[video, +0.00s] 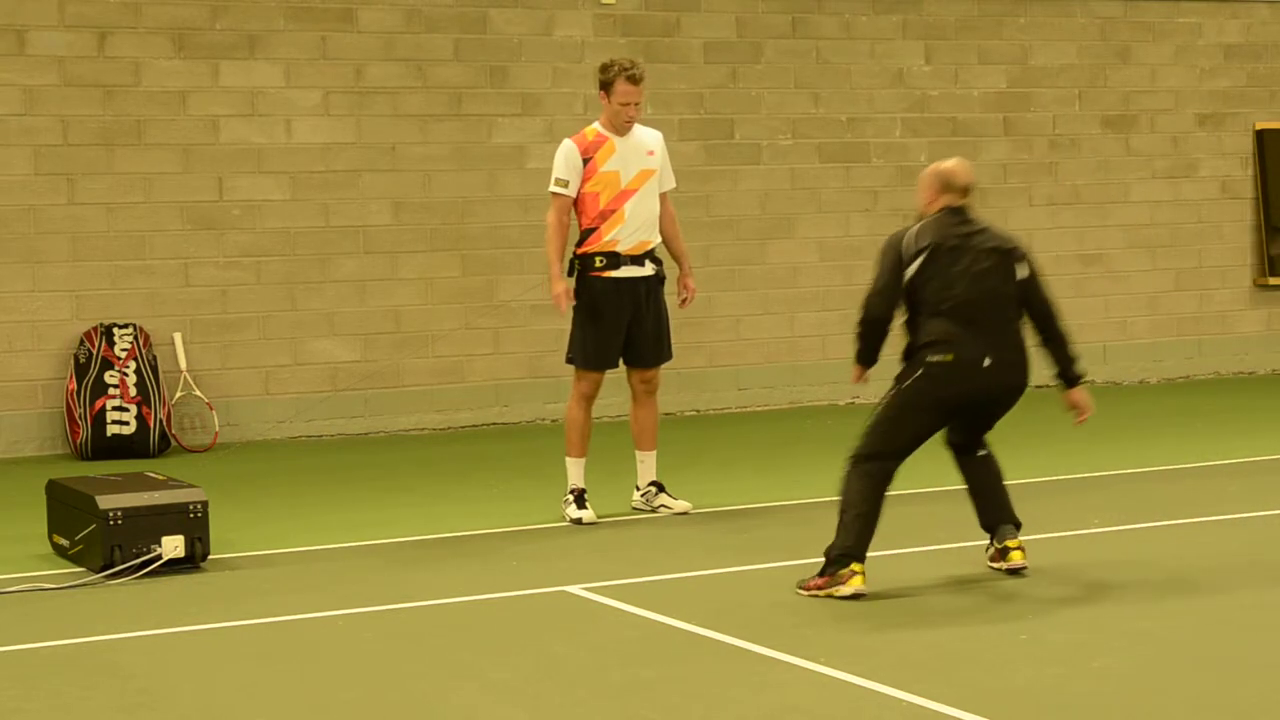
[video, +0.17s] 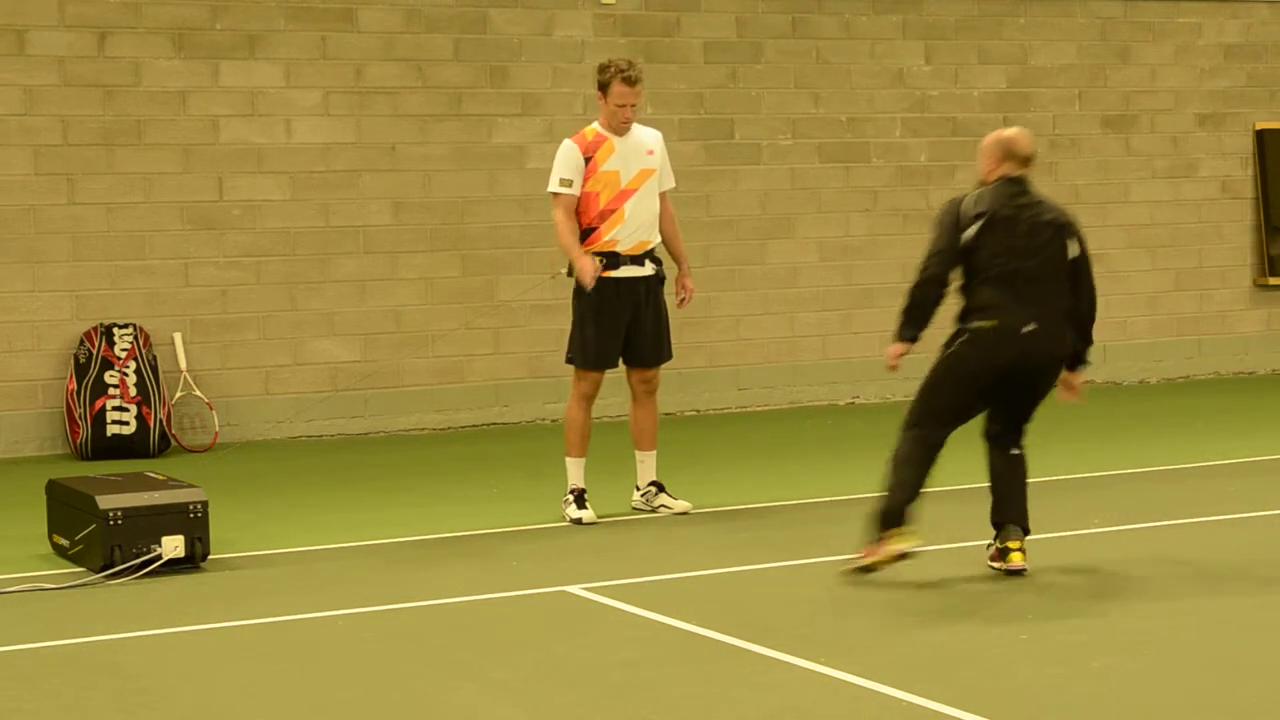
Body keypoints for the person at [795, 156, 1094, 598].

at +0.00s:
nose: (919, 199)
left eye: (922, 192)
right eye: (922, 190)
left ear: (934, 195)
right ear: (964, 196)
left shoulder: (907, 242)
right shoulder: (1005, 245)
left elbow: (878, 307)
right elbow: (1044, 316)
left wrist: (864, 357)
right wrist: (1071, 380)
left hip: (940, 371)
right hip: (1006, 375)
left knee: (871, 459)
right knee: (967, 436)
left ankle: (845, 564)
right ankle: (1007, 538)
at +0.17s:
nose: (979, 166)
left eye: (983, 159)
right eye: (983, 157)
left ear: (994, 163)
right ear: (1026, 165)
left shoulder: (967, 209)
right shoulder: (1059, 220)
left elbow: (935, 273)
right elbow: (1083, 296)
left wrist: (907, 332)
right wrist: (1075, 360)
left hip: (984, 342)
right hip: (1044, 351)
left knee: (924, 426)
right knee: (1006, 433)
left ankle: (891, 527)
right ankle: (1012, 539)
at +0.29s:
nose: (1008, 146)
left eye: (1012, 137)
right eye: (1011, 137)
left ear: (1028, 142)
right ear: (1056, 145)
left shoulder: (1005, 188)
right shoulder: (1091, 197)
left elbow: (977, 248)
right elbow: (1097, 272)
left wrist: (949, 309)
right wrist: (1076, 320)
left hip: (1023, 323)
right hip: (1085, 330)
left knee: (983, 400)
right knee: (1041, 424)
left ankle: (986, 508)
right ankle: (1017, 533)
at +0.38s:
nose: (1027, 127)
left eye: (1032, 118)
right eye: (1031, 118)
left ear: (1047, 124)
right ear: (1073, 126)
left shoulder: (1028, 172)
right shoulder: (1112, 179)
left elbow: (1011, 235)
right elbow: (1112, 250)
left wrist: (980, 297)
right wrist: (1046, 275)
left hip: (1050, 308)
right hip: (1112, 310)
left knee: (1027, 393)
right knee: (1071, 409)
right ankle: (1035, 519)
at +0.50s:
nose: (1059, 126)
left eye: (1065, 118)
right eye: (1061, 117)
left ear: (1085, 122)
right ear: (1106, 122)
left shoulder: (1063, 176)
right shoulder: (1147, 175)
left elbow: (1050, 246)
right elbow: (1156, 245)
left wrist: (1024, 310)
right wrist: (1130, 286)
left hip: (1092, 318)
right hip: (1151, 315)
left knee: (1087, 408)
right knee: (1132, 408)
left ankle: (1125, 508)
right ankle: (1123, 511)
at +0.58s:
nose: (1080, 132)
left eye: (1086, 124)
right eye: (1084, 123)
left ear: (1105, 130)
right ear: (1127, 132)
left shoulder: (1086, 187)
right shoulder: (1172, 183)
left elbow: (1073, 264)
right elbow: (1189, 256)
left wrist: (1049, 331)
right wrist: (1168, 294)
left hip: (1116, 325)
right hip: (1176, 321)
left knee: (1108, 417)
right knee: (1183, 408)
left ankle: (1135, 524)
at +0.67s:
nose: (1104, 137)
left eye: (1110, 129)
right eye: (1107, 128)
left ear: (1133, 134)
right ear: (1153, 135)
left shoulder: (1112, 192)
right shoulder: (1199, 185)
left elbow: (1100, 270)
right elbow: (1222, 259)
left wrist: (1080, 334)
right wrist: (1201, 301)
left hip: (1141, 327)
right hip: (1201, 322)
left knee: (1118, 418)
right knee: (1224, 407)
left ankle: (1136, 524)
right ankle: (1272, 496)